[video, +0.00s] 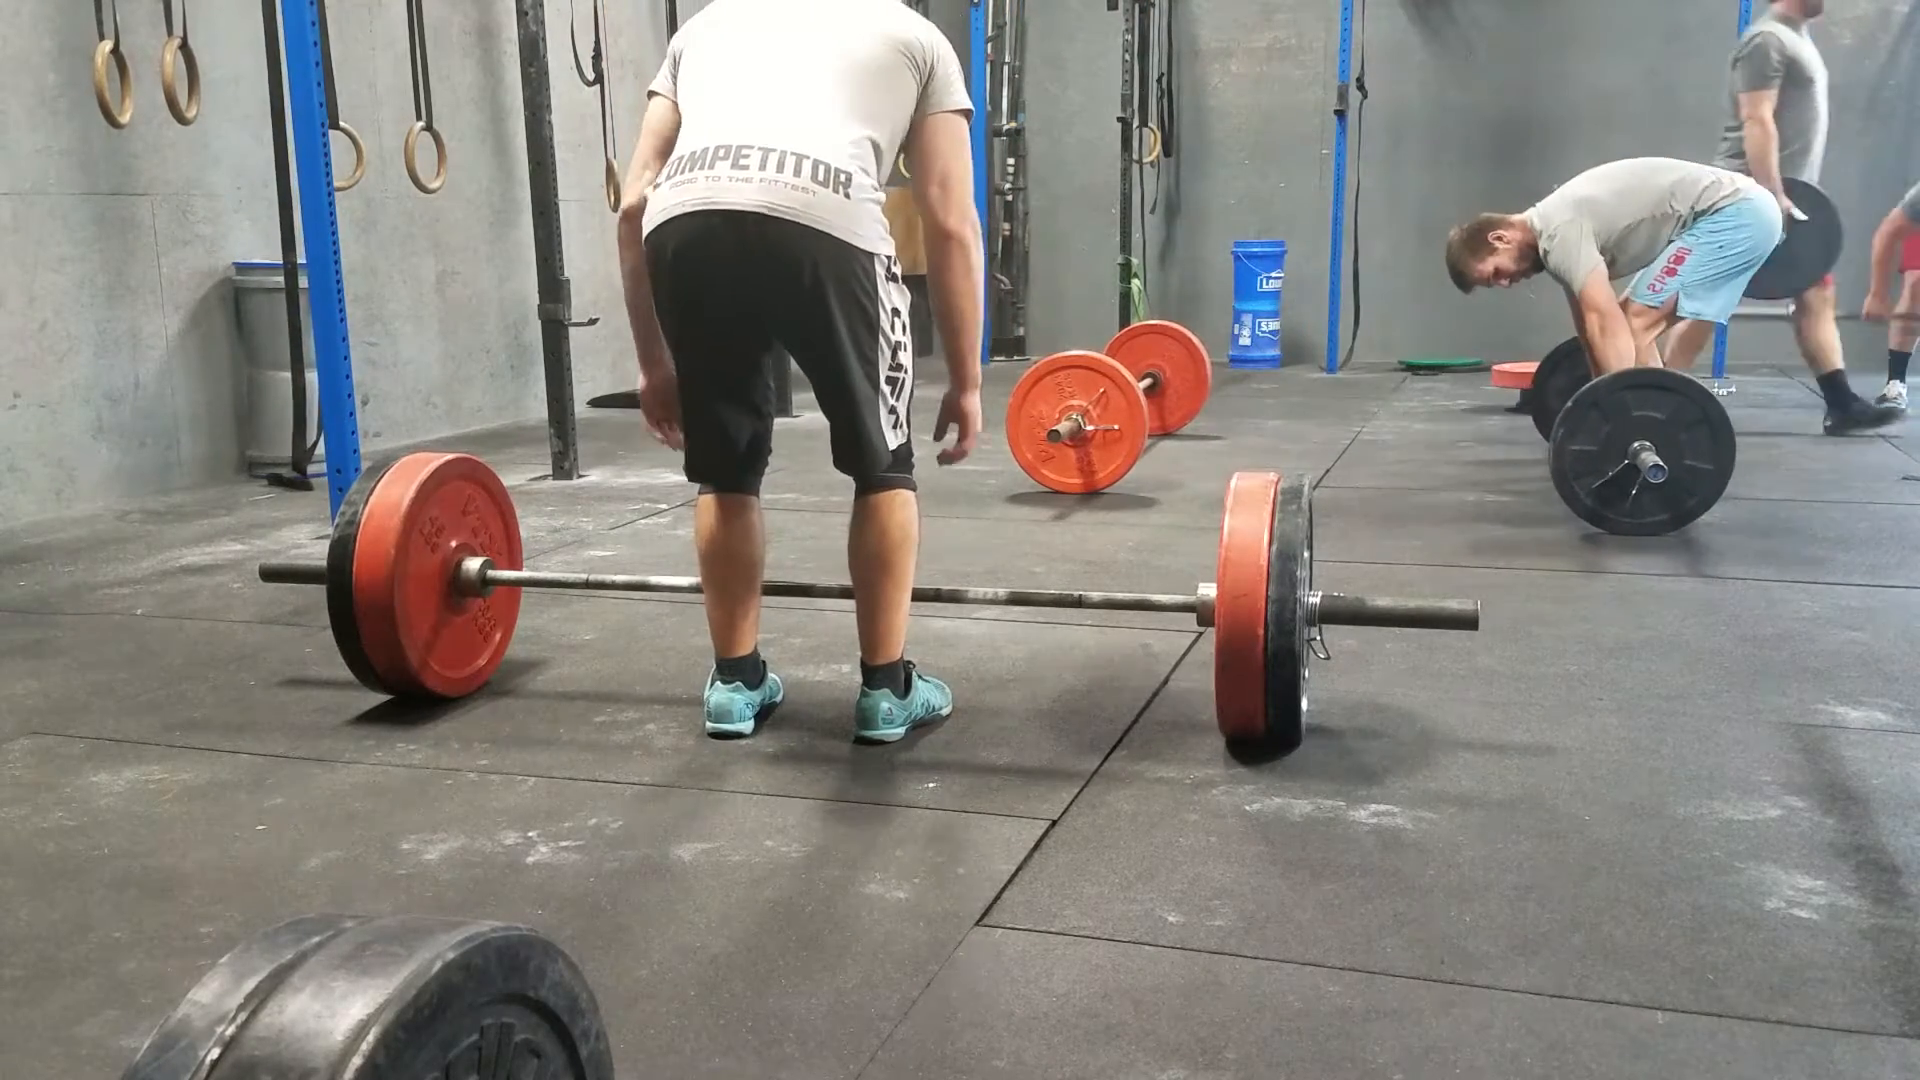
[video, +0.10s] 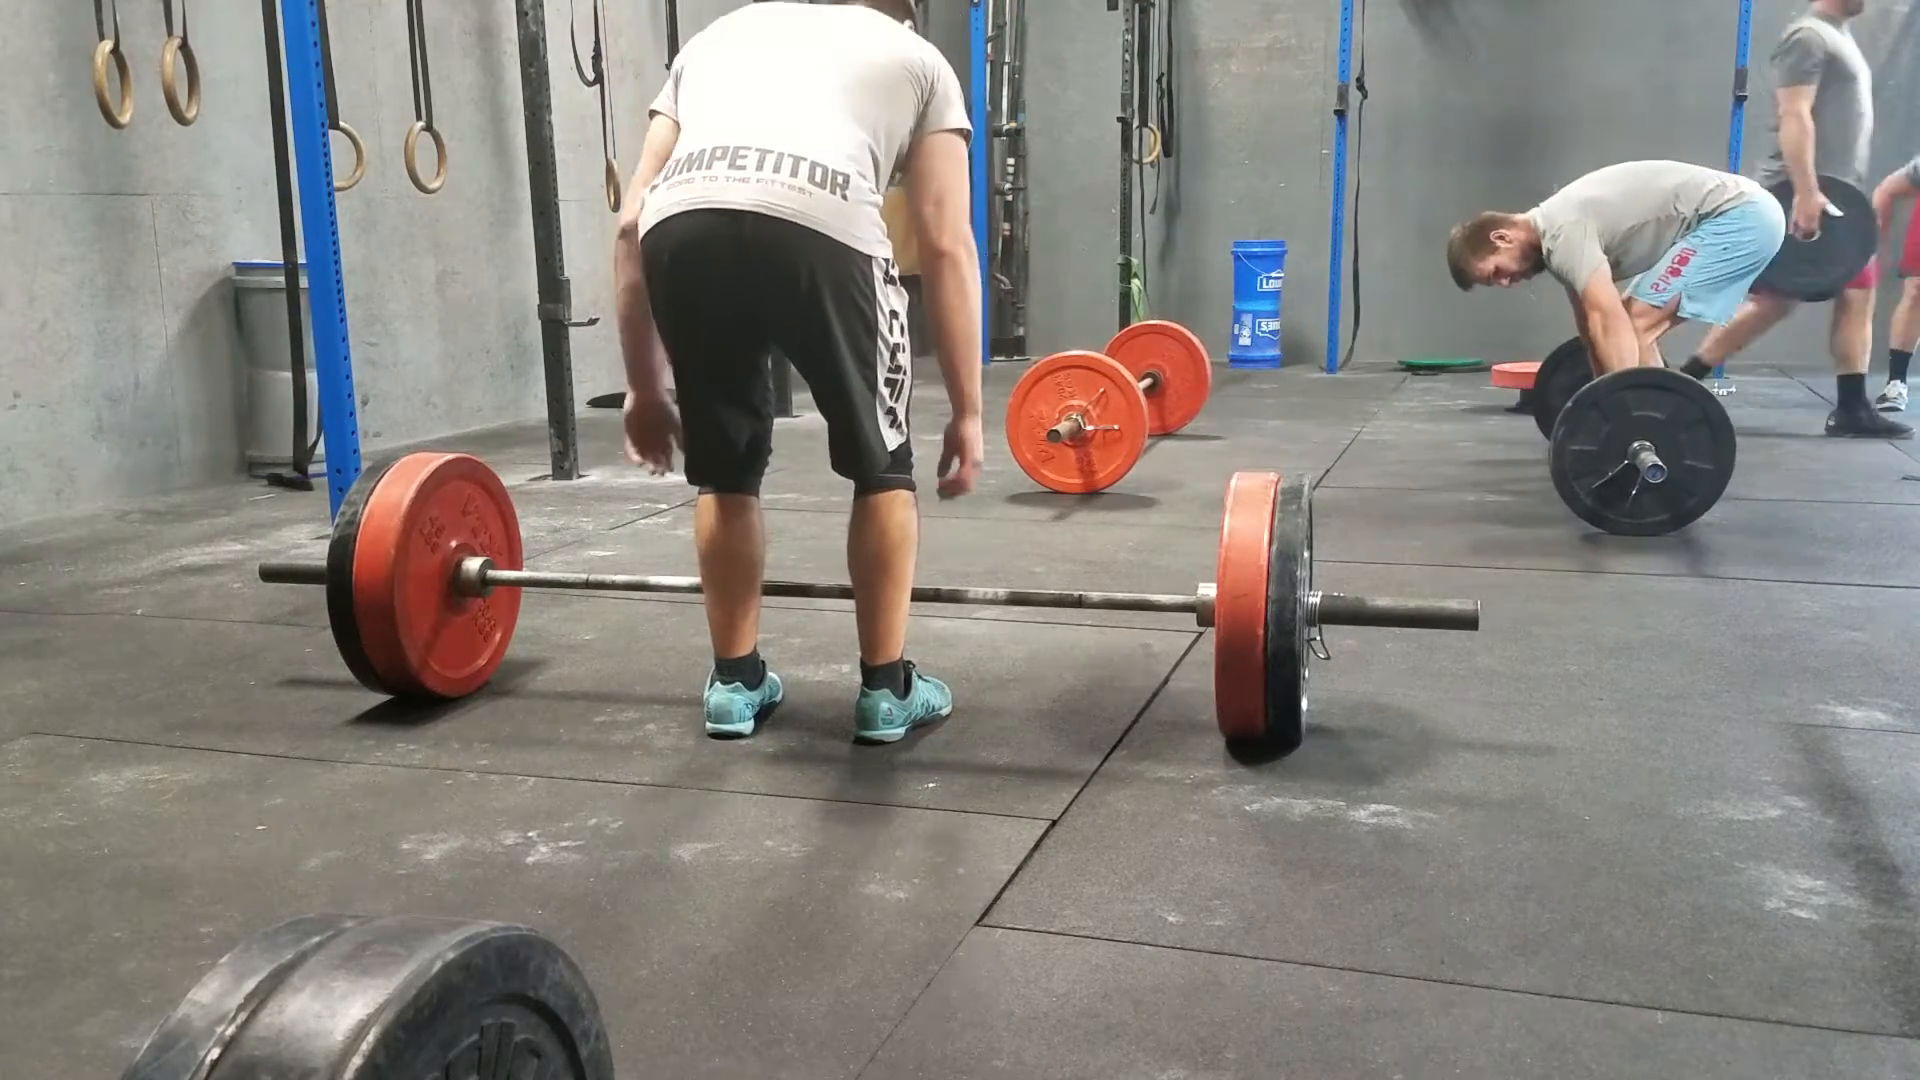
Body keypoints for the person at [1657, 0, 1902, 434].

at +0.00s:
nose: (1823, 1)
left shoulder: (1794, 39)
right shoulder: (1764, 41)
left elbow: (1783, 124)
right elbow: (1756, 121)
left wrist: (1795, 192)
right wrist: (1772, 195)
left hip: (1789, 197)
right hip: (1752, 197)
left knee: (1818, 291)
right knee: (1705, 300)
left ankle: (1842, 403)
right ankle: (1661, 397)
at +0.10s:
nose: (1864, 1)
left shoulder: (1839, 37)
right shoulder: (1807, 37)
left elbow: (1829, 120)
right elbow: (1793, 114)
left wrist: (1847, 190)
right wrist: (1805, 192)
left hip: (1841, 194)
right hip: (1807, 194)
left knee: (1858, 292)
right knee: (1773, 301)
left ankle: (1852, 407)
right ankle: (1688, 376)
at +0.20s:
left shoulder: (1880, 35)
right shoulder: (1847, 27)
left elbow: (1884, 125)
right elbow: (1829, 104)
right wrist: (1840, 182)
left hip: (1879, 197)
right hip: (1854, 196)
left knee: (1873, 295)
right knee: (1860, 296)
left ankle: (1854, 408)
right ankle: (1750, 365)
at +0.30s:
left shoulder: (1905, 26)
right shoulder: (1885, 21)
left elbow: (1867, 98)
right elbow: (1863, 97)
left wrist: (1879, 176)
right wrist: (1873, 176)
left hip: (1906, 178)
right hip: (1891, 178)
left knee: (1890, 284)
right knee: (1900, 283)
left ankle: (1853, 390)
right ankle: (1844, 383)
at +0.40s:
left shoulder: (1910, 22)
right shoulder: (1911, 21)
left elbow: (1900, 102)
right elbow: (1900, 101)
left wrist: (1905, 181)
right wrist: (1906, 181)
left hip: (1906, 181)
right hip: (1902, 179)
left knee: (1897, 289)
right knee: (1900, 289)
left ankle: (1856, 406)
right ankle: (1856, 405)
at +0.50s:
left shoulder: (1913, 115)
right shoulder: (1914, 114)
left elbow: (1890, 135)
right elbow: (1891, 134)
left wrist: (1869, 191)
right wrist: (1870, 191)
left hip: (1909, 225)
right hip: (1911, 224)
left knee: (1906, 299)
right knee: (1907, 298)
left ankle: (1857, 405)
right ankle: (1857, 405)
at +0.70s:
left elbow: (1894, 116)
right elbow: (1894, 115)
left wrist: (1874, 169)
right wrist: (1874, 169)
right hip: (1919, 214)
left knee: (1914, 297)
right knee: (1915, 296)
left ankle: (1899, 382)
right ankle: (1897, 382)